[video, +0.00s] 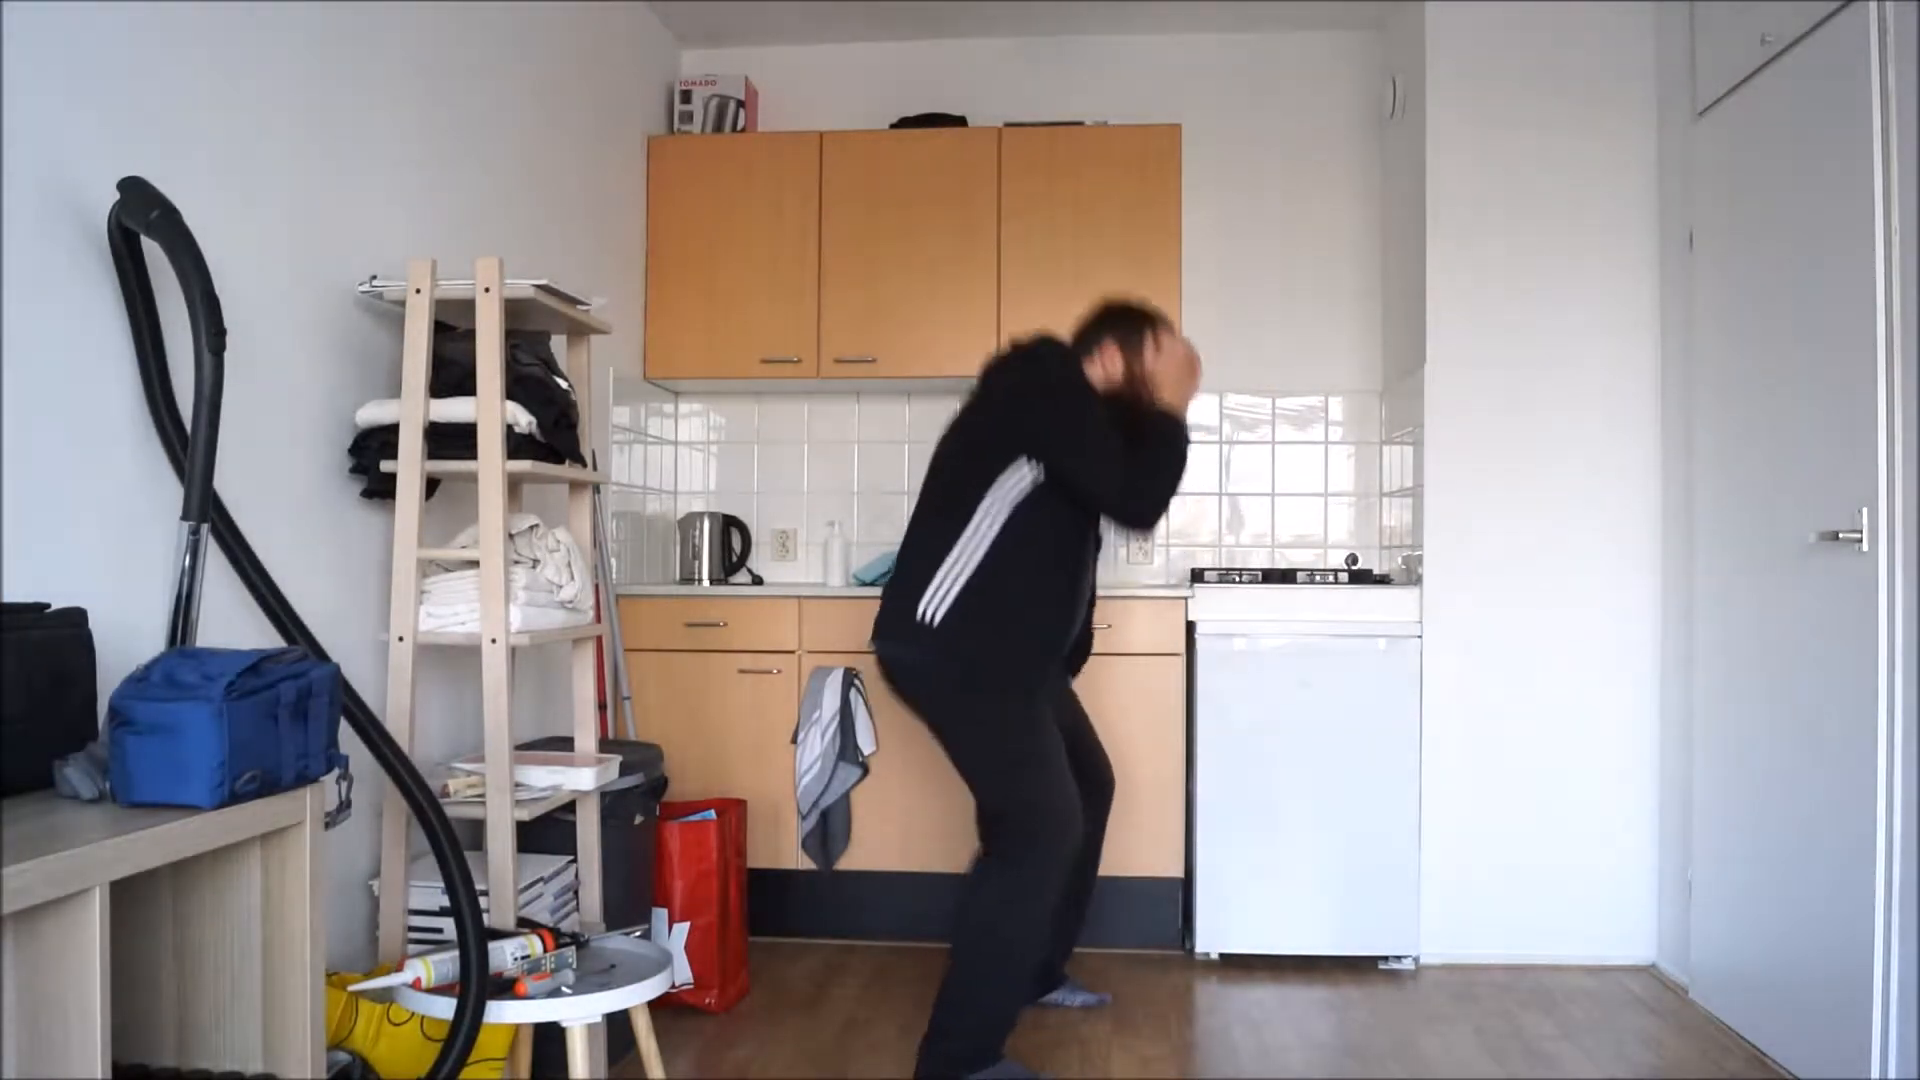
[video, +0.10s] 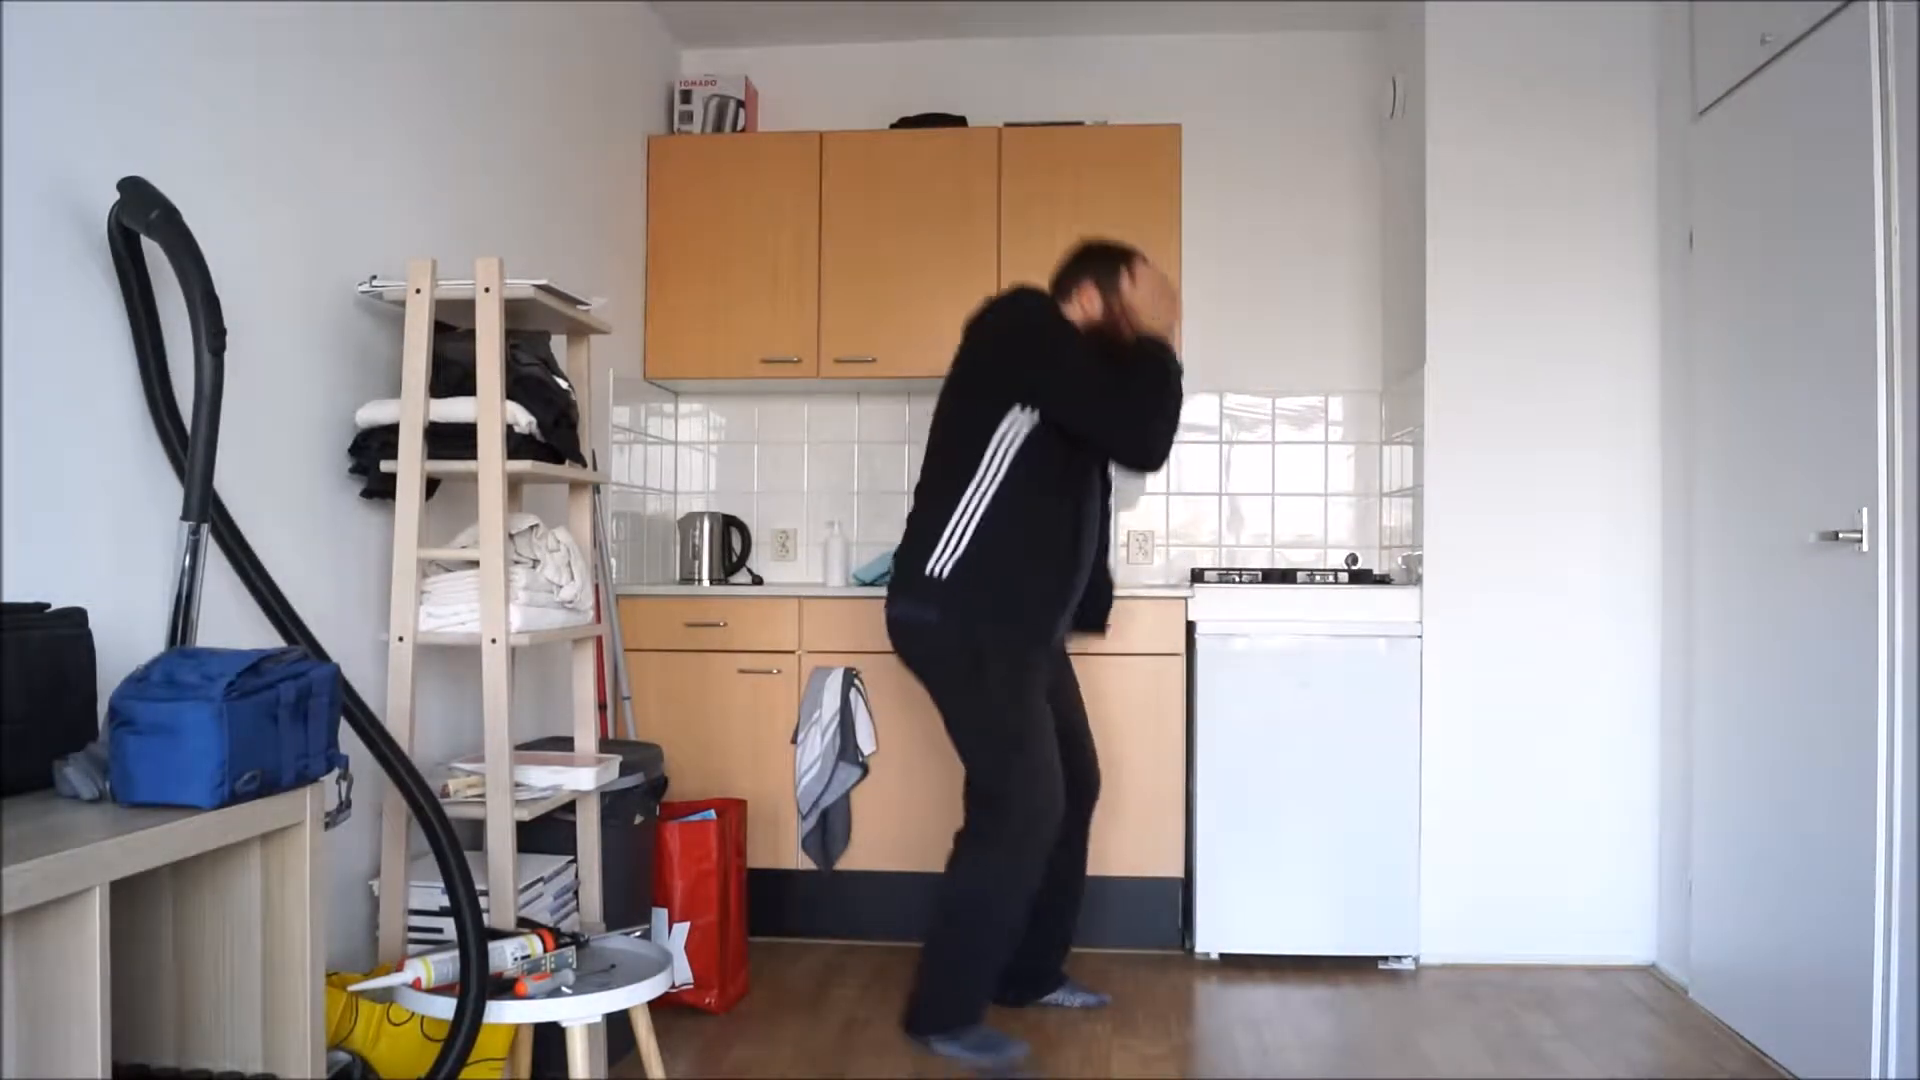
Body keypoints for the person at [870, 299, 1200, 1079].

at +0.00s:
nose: (1164, 389)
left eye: (1166, 376)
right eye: (1159, 373)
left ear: (1106, 356)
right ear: (1113, 357)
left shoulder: (1073, 401)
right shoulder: (1041, 381)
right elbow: (1135, 502)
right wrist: (1170, 408)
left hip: (1008, 650)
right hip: (952, 649)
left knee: (1087, 790)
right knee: (1040, 827)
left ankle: (1033, 974)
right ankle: (956, 1057)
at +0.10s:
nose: (1139, 326)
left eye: (1139, 312)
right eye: (1133, 310)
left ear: (1085, 300)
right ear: (1090, 297)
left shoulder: (1066, 352)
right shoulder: (1021, 324)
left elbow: (1139, 439)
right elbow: (1144, 435)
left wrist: (1142, 346)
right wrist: (1157, 340)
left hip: (1019, 619)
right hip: (960, 615)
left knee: (1069, 786)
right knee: (1020, 801)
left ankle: (1027, 977)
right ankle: (942, 1016)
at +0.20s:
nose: (1126, 310)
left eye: (1128, 296)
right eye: (1121, 294)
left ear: (1071, 281)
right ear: (1077, 281)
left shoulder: (1052, 335)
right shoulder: (1013, 312)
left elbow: (1135, 419)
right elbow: (1142, 417)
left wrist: (1142, 333)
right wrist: (1146, 320)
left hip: (1021, 612)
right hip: (966, 610)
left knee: (1068, 781)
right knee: (1014, 799)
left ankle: (1027, 972)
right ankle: (932, 1007)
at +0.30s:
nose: (1121, 310)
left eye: (1122, 296)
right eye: (1116, 294)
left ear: (1064, 286)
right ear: (1070, 284)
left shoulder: (1043, 341)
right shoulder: (1004, 322)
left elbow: (1120, 425)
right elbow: (1126, 425)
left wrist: (1130, 338)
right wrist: (1137, 326)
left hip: (1032, 618)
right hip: (968, 615)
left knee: (1084, 775)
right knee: (1004, 806)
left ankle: (1045, 957)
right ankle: (931, 1014)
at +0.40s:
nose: (1119, 306)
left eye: (1122, 293)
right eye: (1114, 291)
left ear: (1061, 282)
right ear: (1067, 281)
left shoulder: (1042, 336)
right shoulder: (1009, 325)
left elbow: (1121, 417)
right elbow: (1128, 418)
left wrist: (1144, 338)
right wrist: (1136, 319)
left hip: (1032, 611)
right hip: (971, 610)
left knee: (1079, 778)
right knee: (1001, 806)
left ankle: (1072, 958)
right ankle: (931, 1012)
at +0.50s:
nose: (1124, 307)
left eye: (1128, 291)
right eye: (1119, 290)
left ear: (1068, 288)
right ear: (1070, 285)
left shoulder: (1054, 343)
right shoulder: (1010, 328)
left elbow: (1144, 413)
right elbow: (1146, 410)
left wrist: (1148, 330)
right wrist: (1139, 312)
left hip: (1036, 614)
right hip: (970, 613)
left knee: (1082, 784)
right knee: (1014, 808)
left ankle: (1077, 961)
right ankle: (932, 1012)